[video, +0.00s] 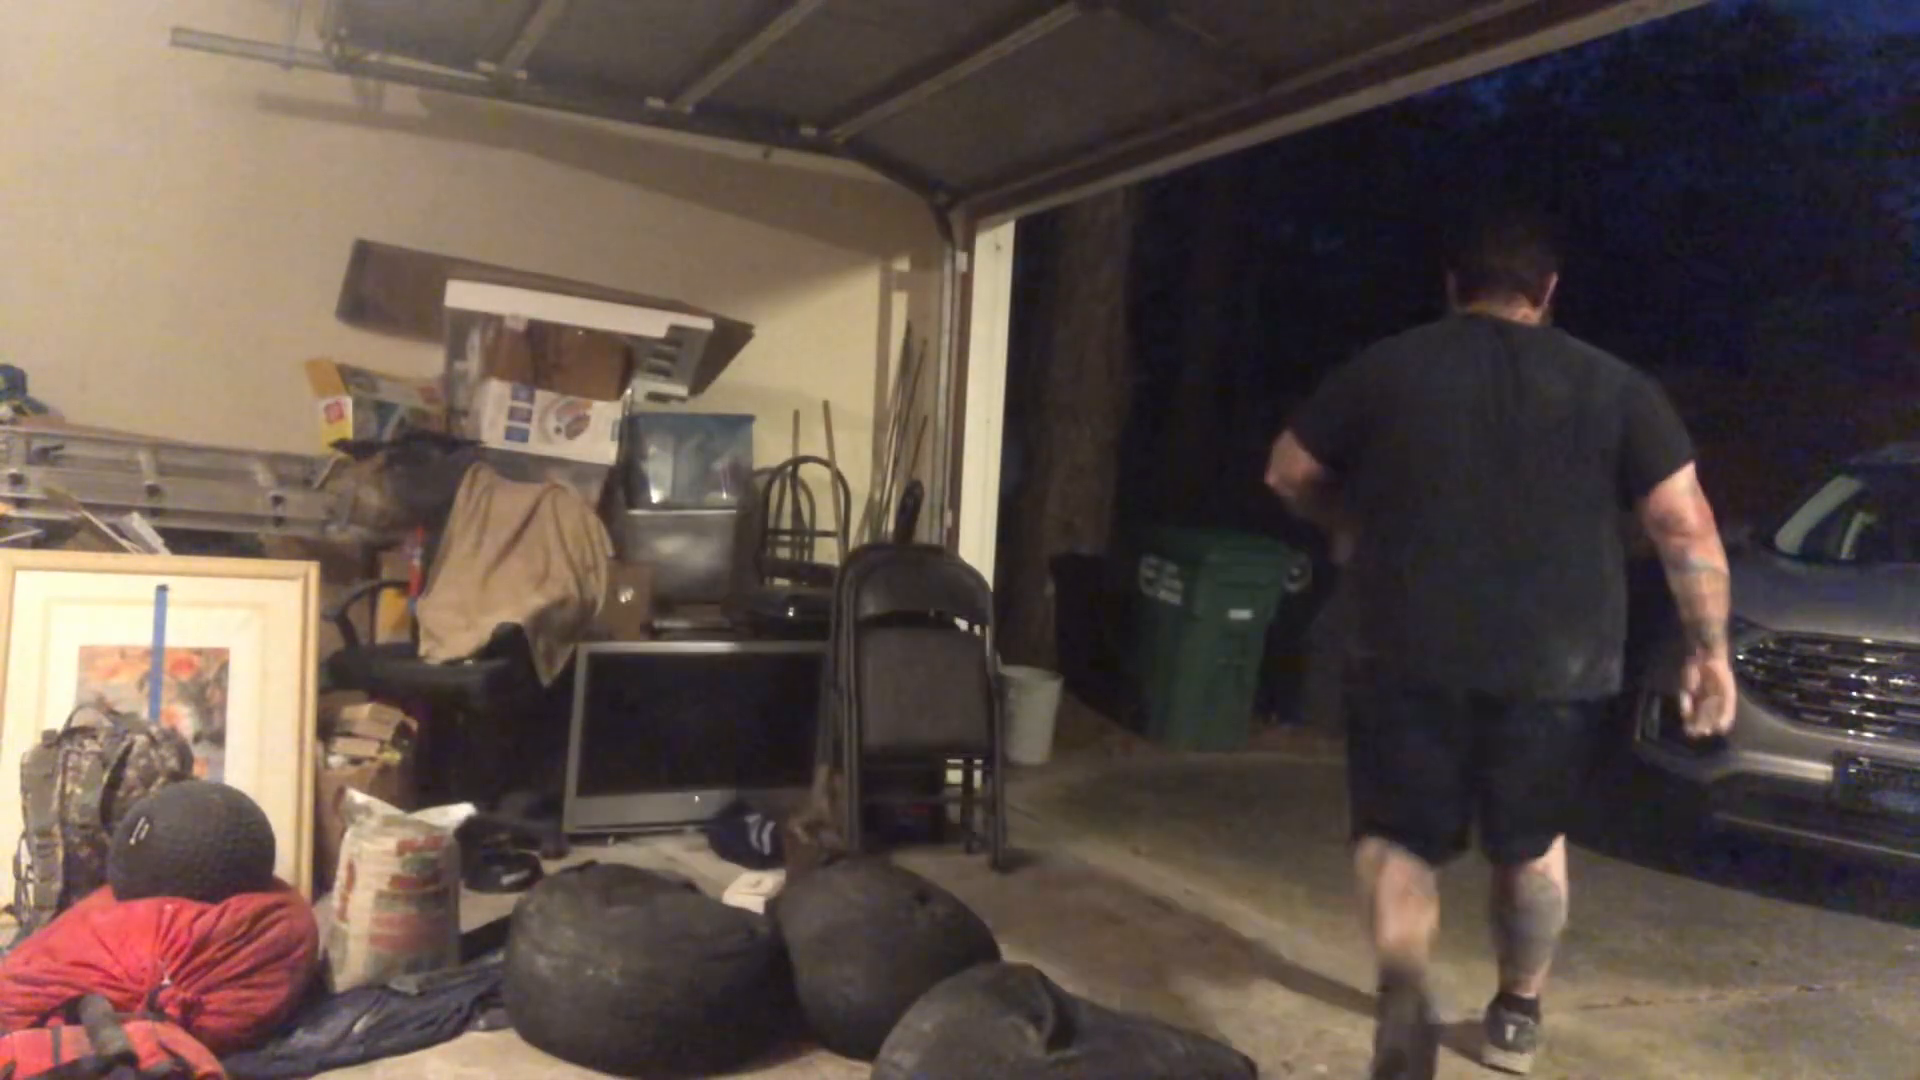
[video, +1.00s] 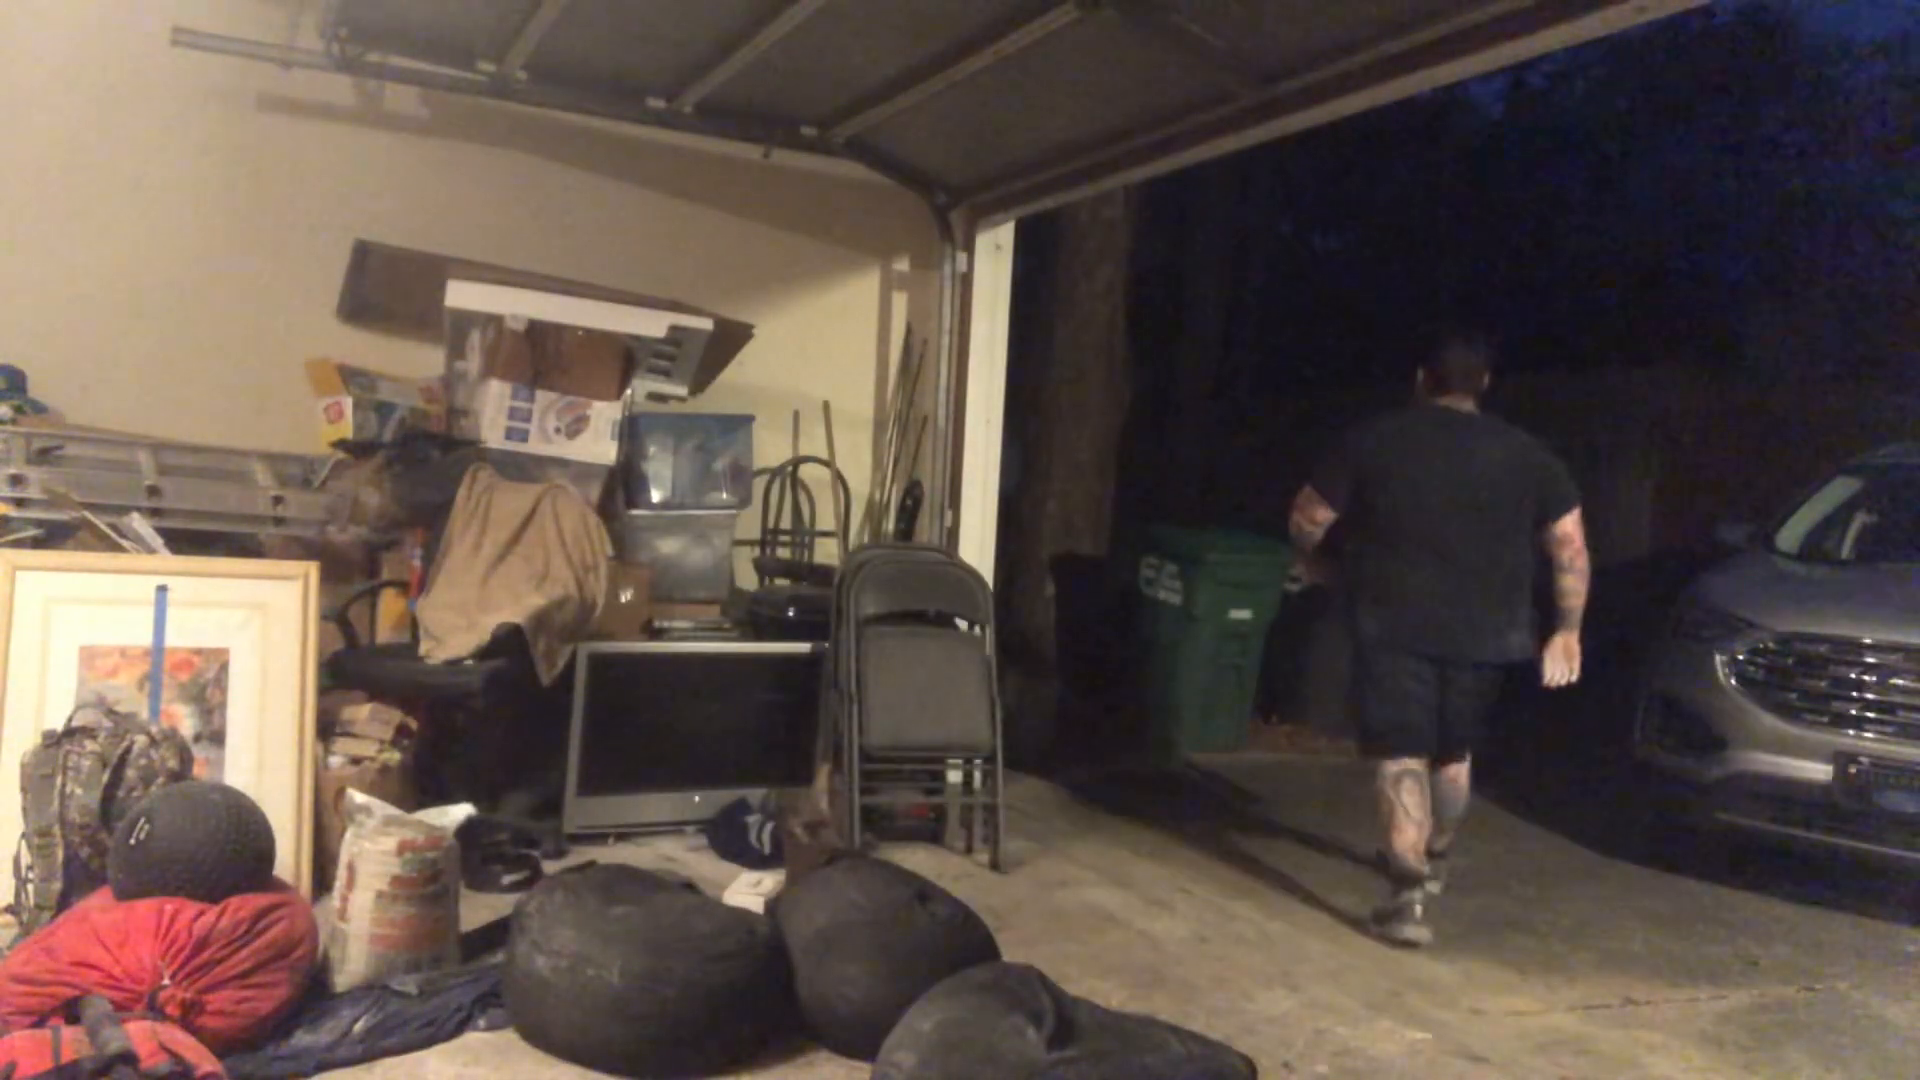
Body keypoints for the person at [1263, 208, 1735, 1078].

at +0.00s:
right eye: (1548, 288)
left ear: (1450, 286)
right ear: (1548, 293)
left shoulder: (1388, 367)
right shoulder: (1613, 388)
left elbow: (1290, 471)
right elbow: (1685, 526)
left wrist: (1350, 527)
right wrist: (1710, 645)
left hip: (1408, 654)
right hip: (1553, 666)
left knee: (1398, 836)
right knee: (1531, 842)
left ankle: (1402, 986)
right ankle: (1517, 1011)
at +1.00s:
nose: (1420, 386)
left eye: (1420, 377)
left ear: (1421, 380)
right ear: (1485, 385)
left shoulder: (1380, 439)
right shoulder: (1525, 454)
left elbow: (1309, 518)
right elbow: (1572, 550)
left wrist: (1314, 562)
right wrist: (1568, 630)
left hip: (1395, 628)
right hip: (1483, 635)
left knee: (1401, 758)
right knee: (1455, 756)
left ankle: (1409, 898)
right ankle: (1432, 863)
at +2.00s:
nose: (1432, 408)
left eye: (1427, 397)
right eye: (1438, 398)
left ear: (1404, 400)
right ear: (1449, 403)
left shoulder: (1367, 443)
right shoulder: (1478, 450)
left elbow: (1314, 504)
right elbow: (1511, 523)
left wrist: (1307, 552)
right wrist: (1520, 586)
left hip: (1377, 590)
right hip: (1449, 594)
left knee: (1377, 700)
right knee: (1434, 699)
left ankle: (1373, 808)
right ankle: (1425, 796)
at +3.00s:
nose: (1377, 438)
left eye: (1384, 430)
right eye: (1369, 429)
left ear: (1395, 434)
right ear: (1353, 433)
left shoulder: (1401, 478)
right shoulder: (1332, 475)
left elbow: (1423, 521)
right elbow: (1284, 529)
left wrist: (1438, 561)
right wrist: (1310, 595)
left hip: (1386, 602)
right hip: (1341, 600)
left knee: (1361, 692)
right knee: (1342, 688)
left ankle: (1329, 757)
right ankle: (1321, 762)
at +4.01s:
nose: (1284, 373)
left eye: (1296, 364)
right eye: (1274, 363)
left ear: (1317, 369)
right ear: (1260, 370)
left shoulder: (1349, 427)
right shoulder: (1227, 426)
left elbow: (1399, 496)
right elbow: (1183, 495)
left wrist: (1389, 577)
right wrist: (1165, 570)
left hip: (1311, 593)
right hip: (1235, 587)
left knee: (1295, 714)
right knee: (1221, 701)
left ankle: (1280, 824)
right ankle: (1236, 802)